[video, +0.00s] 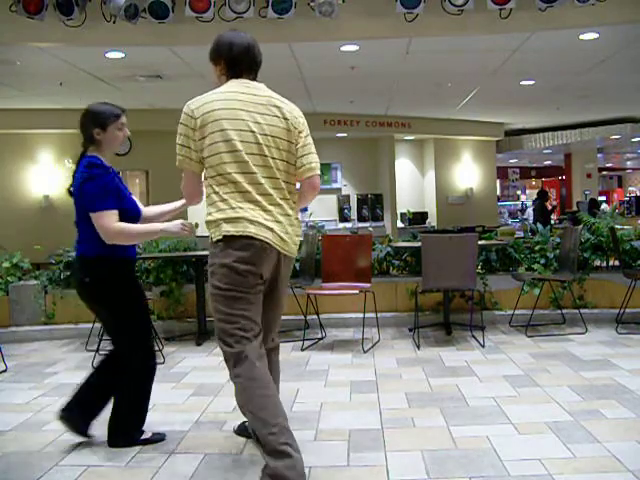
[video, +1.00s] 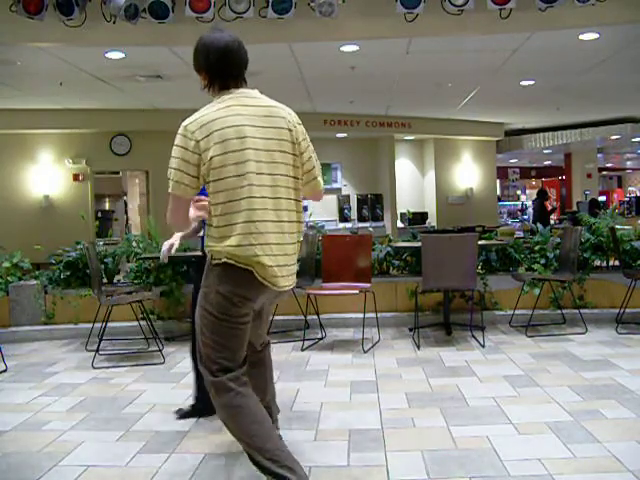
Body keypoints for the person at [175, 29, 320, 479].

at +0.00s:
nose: (210, 72)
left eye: (211, 66)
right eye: (211, 66)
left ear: (219, 66)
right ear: (257, 67)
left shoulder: (199, 108)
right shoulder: (289, 110)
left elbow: (192, 193)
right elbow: (311, 184)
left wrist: (209, 185)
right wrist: (284, 203)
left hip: (235, 237)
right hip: (283, 239)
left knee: (241, 348)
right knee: (266, 339)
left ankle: (286, 465)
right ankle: (260, 420)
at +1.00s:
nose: (198, 79)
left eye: (197, 72)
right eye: (199, 71)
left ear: (204, 75)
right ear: (244, 68)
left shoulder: (197, 126)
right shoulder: (284, 116)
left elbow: (178, 215)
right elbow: (314, 190)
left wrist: (193, 217)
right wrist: (260, 185)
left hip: (233, 265)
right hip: (280, 262)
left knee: (223, 373)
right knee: (256, 347)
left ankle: (288, 473)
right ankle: (265, 432)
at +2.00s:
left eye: (205, 93)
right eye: (236, 89)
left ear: (203, 96)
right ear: (239, 91)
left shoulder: (192, 136)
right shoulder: (266, 130)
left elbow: (160, 203)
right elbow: (292, 191)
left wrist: (181, 220)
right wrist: (284, 173)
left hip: (212, 251)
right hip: (261, 251)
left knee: (206, 322)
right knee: (253, 334)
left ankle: (203, 389)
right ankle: (260, 421)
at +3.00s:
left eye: (170, 123)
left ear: (173, 122)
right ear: (200, 115)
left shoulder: (166, 152)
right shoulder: (228, 143)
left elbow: (144, 206)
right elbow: (261, 191)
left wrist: (158, 212)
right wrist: (273, 172)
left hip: (188, 243)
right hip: (230, 241)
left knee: (201, 314)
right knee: (253, 309)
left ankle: (200, 386)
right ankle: (289, 382)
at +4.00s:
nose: (211, 141)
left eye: (216, 137)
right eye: (207, 138)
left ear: (228, 141)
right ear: (203, 145)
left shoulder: (244, 166)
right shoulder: (202, 176)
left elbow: (267, 199)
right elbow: (199, 218)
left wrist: (284, 185)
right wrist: (186, 252)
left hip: (244, 245)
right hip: (214, 246)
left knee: (235, 306)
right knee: (203, 305)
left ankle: (245, 366)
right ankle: (210, 365)